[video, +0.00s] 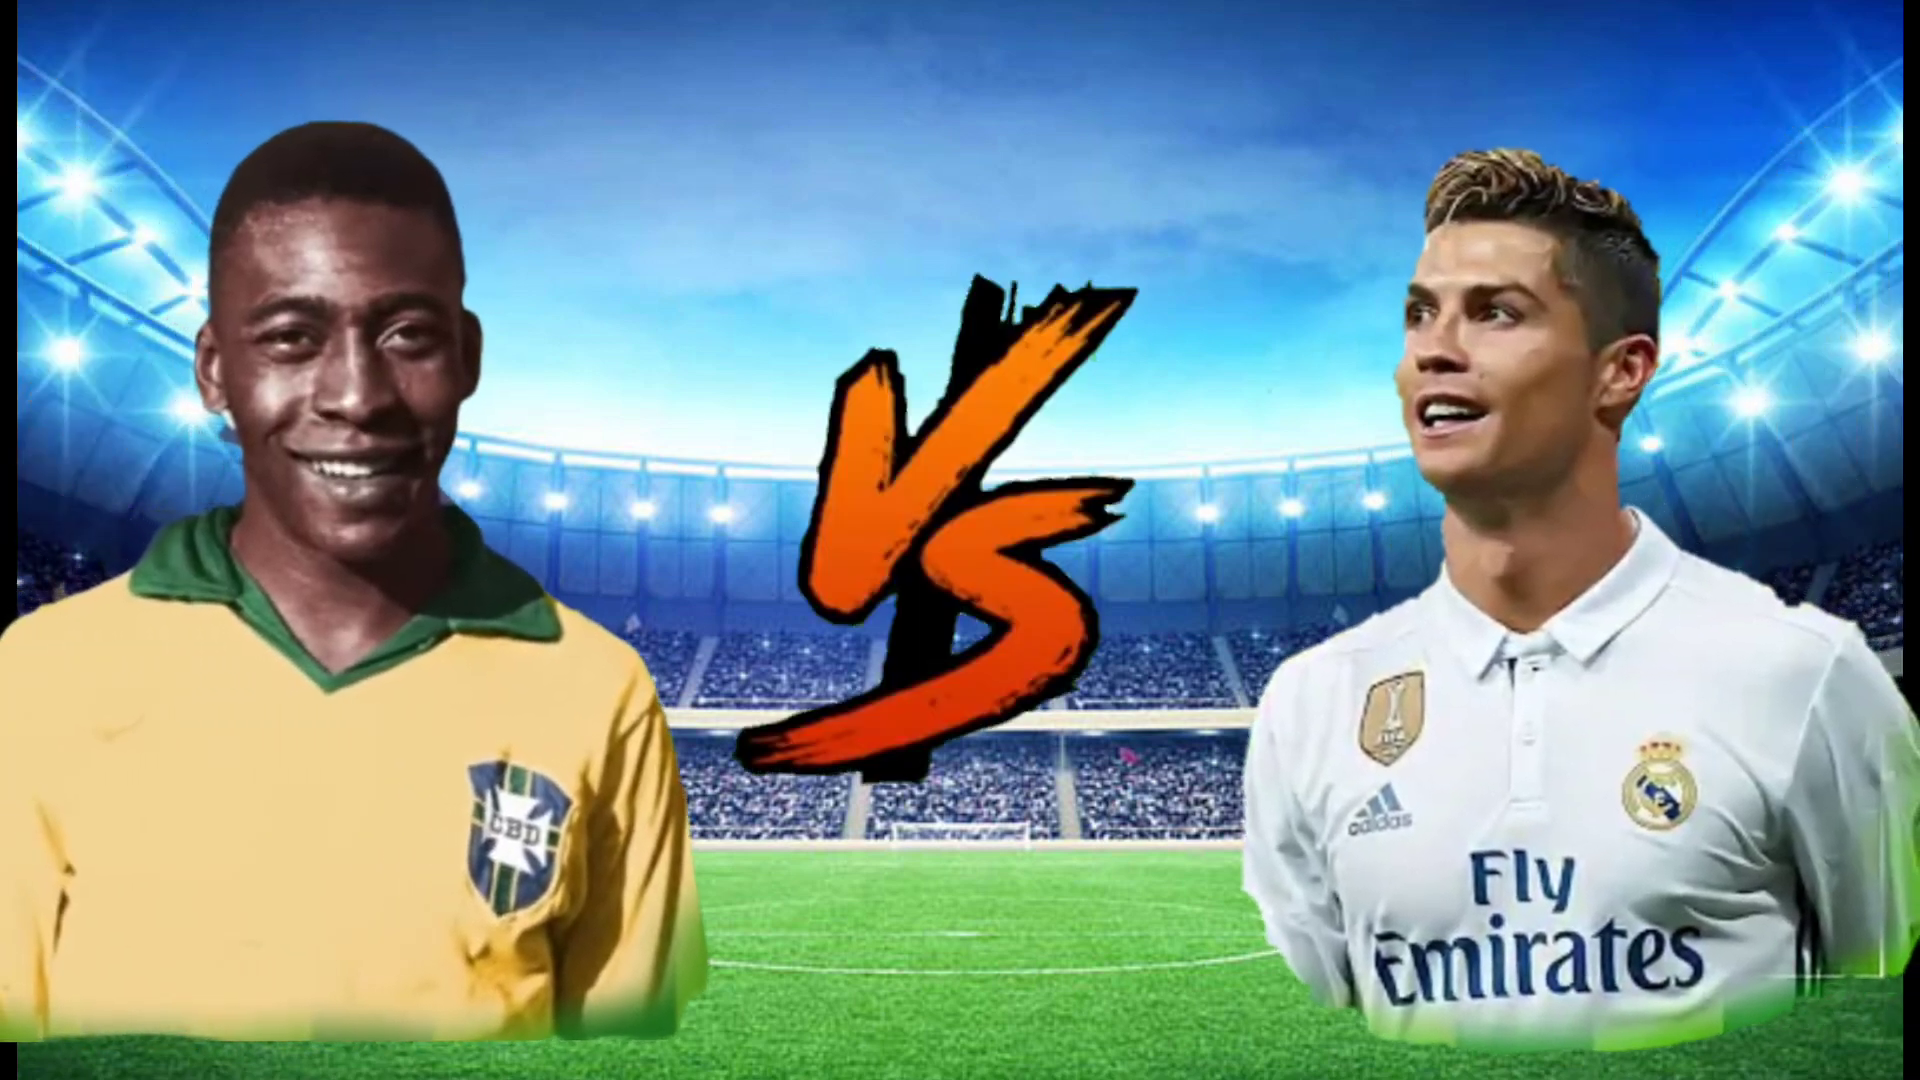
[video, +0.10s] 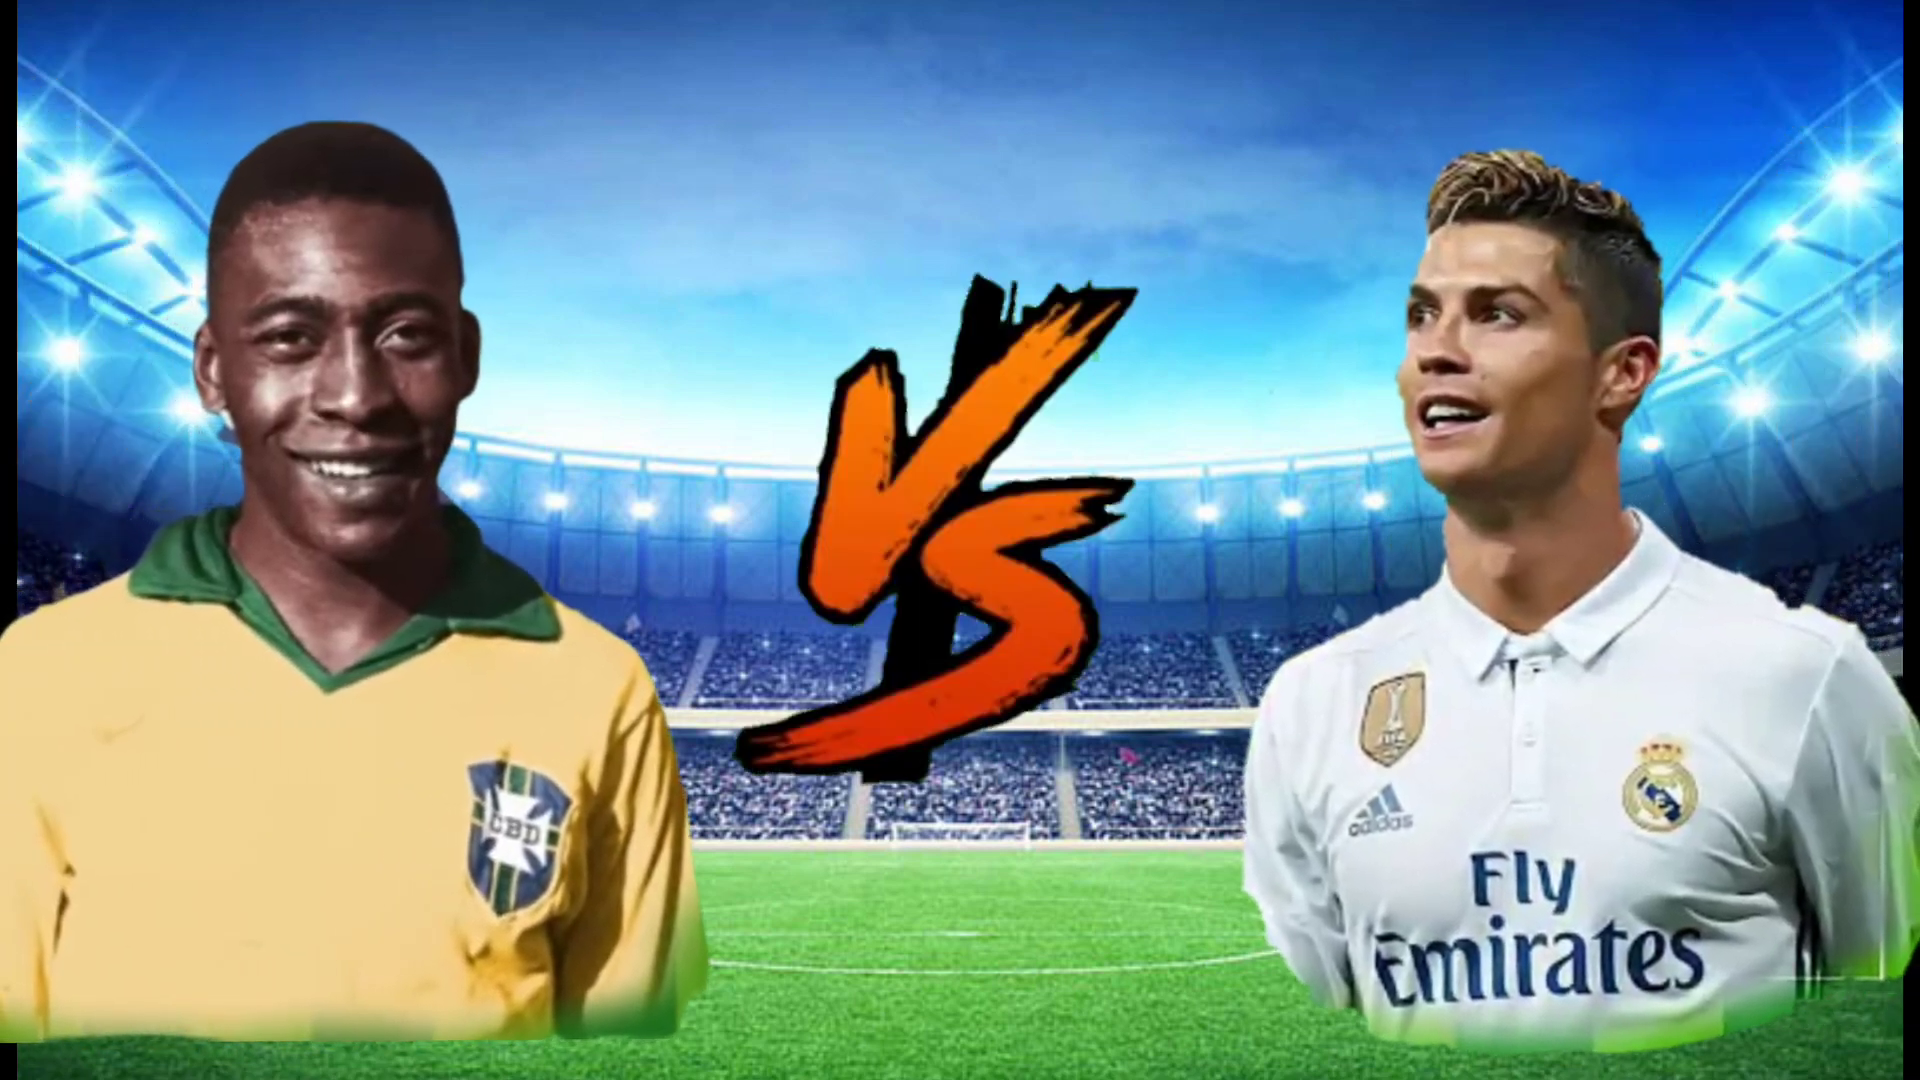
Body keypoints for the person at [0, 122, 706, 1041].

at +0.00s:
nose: (358, 396)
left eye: (408, 334)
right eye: (294, 337)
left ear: (467, 359)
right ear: (214, 372)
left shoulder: (599, 703)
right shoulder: (39, 686)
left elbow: (622, 1055)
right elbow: (17, 1025)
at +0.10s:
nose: (356, 396)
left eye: (406, 334)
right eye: (293, 337)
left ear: (465, 358)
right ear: (213, 372)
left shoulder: (599, 702)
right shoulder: (38, 687)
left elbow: (623, 1055)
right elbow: (17, 1025)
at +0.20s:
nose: (355, 397)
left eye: (404, 334)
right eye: (291, 337)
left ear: (463, 358)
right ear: (212, 372)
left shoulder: (598, 702)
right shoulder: (37, 688)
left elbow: (623, 1055)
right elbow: (17, 1026)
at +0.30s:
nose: (354, 396)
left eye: (402, 334)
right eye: (289, 337)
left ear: (461, 357)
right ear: (210, 372)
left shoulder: (597, 702)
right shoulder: (36, 690)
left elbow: (624, 1056)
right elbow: (17, 1027)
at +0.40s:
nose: (351, 397)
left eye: (400, 333)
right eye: (286, 338)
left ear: (459, 357)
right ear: (207, 372)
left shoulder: (596, 701)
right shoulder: (36, 689)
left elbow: (622, 1056)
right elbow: (17, 1027)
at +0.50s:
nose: (348, 397)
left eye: (397, 333)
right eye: (283, 338)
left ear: (456, 356)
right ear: (204, 373)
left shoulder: (594, 701)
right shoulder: (35, 690)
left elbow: (621, 1055)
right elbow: (17, 1029)